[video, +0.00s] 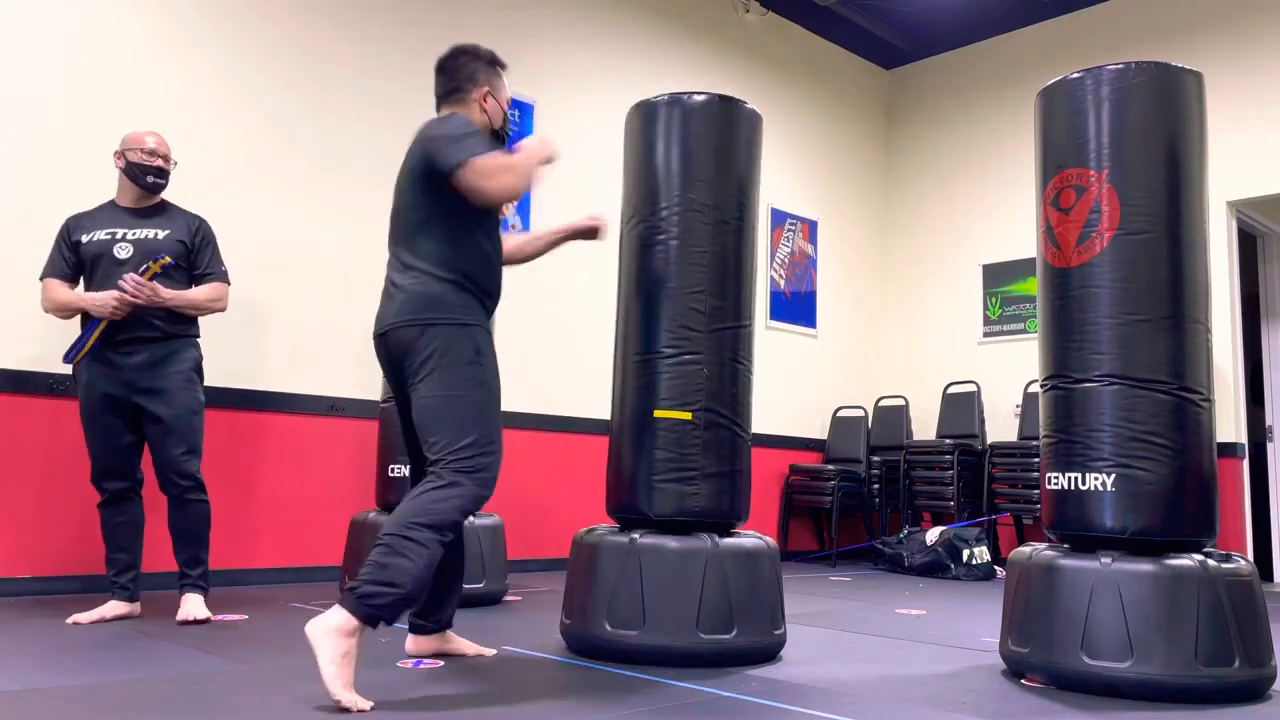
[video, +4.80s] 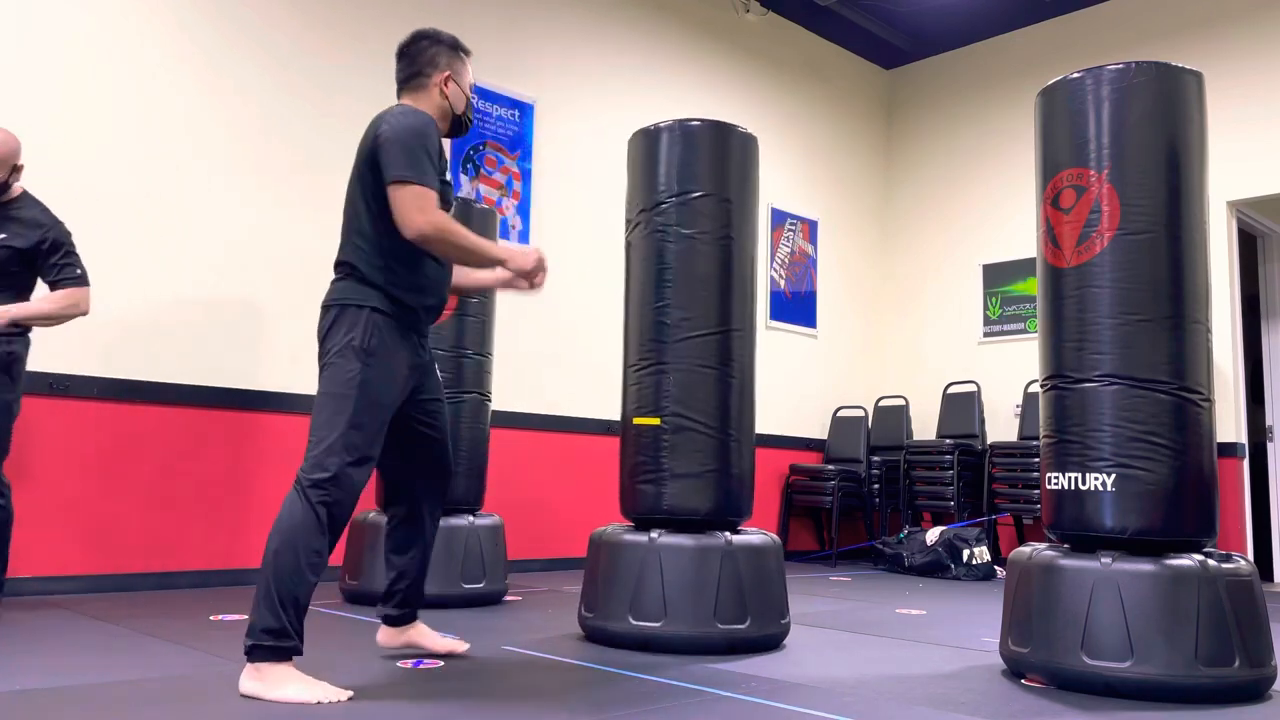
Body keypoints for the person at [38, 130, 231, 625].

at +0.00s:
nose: (156, 162)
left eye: (164, 157)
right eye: (145, 153)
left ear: (172, 170)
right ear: (118, 160)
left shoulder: (192, 228)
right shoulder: (79, 227)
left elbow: (218, 297)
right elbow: (51, 296)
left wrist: (166, 297)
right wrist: (89, 300)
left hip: (172, 370)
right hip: (104, 372)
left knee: (183, 479)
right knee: (115, 485)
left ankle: (193, 591)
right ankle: (124, 594)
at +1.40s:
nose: (230, 176)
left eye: (237, 173)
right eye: (220, 167)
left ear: (243, 186)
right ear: (194, 171)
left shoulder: (254, 241)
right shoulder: (148, 229)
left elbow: (274, 310)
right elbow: (118, 296)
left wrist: (223, 295)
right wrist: (162, 297)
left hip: (218, 375)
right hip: (152, 371)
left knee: (206, 485)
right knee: (139, 480)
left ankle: (189, 594)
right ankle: (126, 594)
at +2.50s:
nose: (168, 185)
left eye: (176, 182)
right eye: (159, 176)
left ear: (182, 194)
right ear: (133, 180)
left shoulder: (193, 250)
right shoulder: (88, 237)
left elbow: (207, 320)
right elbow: (56, 301)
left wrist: (166, 291)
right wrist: (93, 301)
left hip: (158, 382)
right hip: (91, 379)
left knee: (169, 483)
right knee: (80, 484)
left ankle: (184, 592)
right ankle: (71, 587)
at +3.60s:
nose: (106, 183)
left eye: (112, 178)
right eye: (95, 174)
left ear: (119, 189)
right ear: (69, 180)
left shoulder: (136, 245)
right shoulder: (28, 241)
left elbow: (157, 311)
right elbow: (3, 307)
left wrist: (111, 290)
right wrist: (37, 303)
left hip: (110, 378)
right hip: (45, 378)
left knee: (113, 479)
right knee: (56, 482)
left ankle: (116, 587)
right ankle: (69, 586)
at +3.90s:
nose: (99, 182)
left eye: (106, 177)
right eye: (89, 173)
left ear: (112, 187)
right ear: (60, 178)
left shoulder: (127, 242)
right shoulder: (19, 240)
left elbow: (148, 310)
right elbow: (1, 307)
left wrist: (96, 287)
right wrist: (25, 302)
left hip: (97, 367)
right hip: (35, 369)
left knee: (71, 463)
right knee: (44, 474)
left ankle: (60, 586)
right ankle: (67, 579)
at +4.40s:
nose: (39, 186)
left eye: (51, 179)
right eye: (31, 175)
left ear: (72, 179)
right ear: (19, 168)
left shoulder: (90, 236)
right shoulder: (3, 221)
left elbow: (114, 307)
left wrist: (47, 288)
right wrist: (5, 289)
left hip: (48, 358)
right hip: (4, 358)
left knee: (11, 467)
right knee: (29, 470)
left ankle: (1, 582)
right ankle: (67, 576)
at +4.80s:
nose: (2, 181)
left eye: (4, 172)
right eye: (3, 172)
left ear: (13, 171)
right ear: (10, 170)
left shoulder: (35, 222)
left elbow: (76, 298)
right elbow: (75, 296)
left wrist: (8, 313)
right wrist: (14, 315)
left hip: (2, 367)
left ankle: (0, 581)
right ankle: (1, 579)